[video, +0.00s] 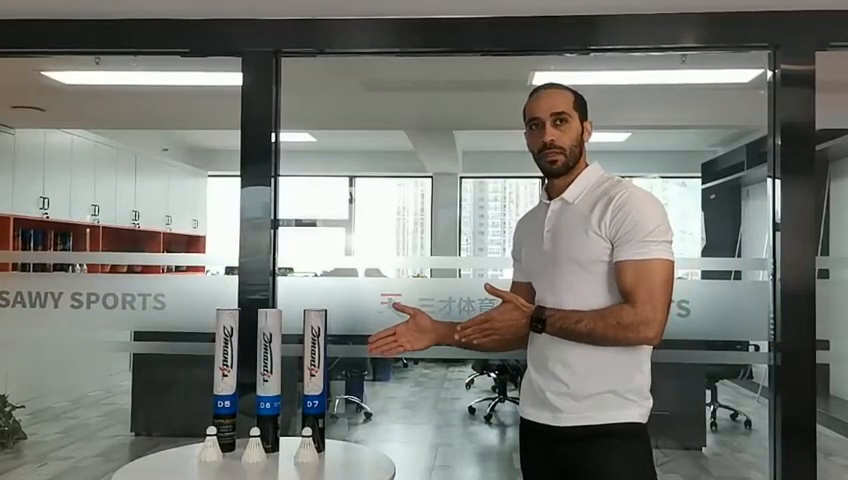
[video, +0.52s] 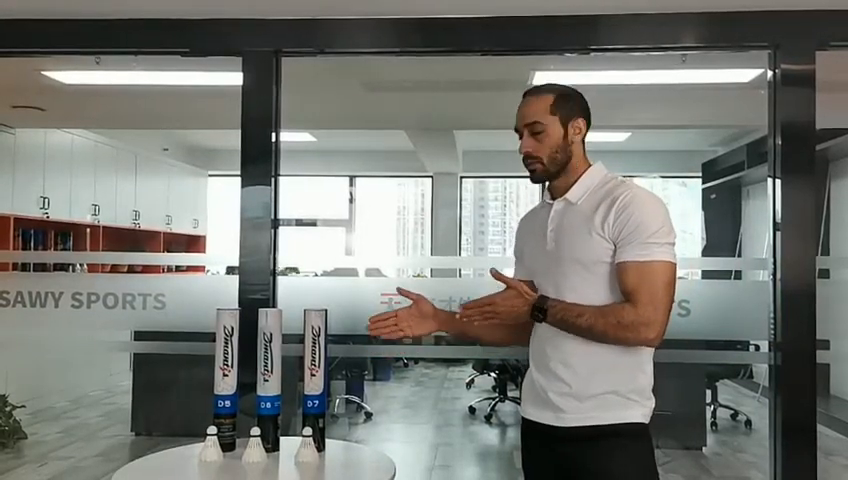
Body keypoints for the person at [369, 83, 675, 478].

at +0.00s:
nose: (547, 137)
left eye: (560, 122)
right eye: (535, 127)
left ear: (586, 130)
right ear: (526, 138)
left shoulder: (631, 206)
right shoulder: (529, 226)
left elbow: (646, 323)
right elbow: (520, 327)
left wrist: (536, 319)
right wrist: (442, 332)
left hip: (609, 427)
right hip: (539, 424)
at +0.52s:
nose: (523, 148)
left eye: (536, 133)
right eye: (520, 137)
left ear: (577, 130)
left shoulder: (634, 207)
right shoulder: (530, 225)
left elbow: (647, 325)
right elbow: (528, 330)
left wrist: (537, 307)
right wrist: (444, 321)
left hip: (611, 428)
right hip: (541, 425)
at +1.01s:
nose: (512, 158)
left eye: (522, 142)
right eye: (510, 144)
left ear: (565, 134)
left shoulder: (633, 208)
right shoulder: (527, 222)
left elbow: (650, 330)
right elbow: (486, 315)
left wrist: (539, 309)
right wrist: (398, 319)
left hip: (614, 429)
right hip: (541, 425)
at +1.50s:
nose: (495, 168)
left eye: (503, 150)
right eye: (491, 154)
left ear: (545, 135)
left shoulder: (622, 206)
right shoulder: (511, 223)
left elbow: (658, 327)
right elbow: (495, 322)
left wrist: (544, 321)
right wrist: (409, 321)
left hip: (619, 431)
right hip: (541, 430)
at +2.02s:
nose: (489, 166)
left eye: (495, 149)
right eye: (485, 153)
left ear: (536, 133)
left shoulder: (619, 203)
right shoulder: (513, 223)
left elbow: (655, 325)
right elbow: (513, 324)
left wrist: (539, 320)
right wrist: (435, 329)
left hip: (617, 430)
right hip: (542, 428)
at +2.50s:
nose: (508, 158)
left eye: (515, 140)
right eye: (504, 144)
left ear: (555, 128)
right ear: (554, 129)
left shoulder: (638, 195)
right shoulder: (539, 226)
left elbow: (673, 321)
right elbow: (547, 333)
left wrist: (556, 319)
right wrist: (462, 360)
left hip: (646, 437)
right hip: (567, 432)